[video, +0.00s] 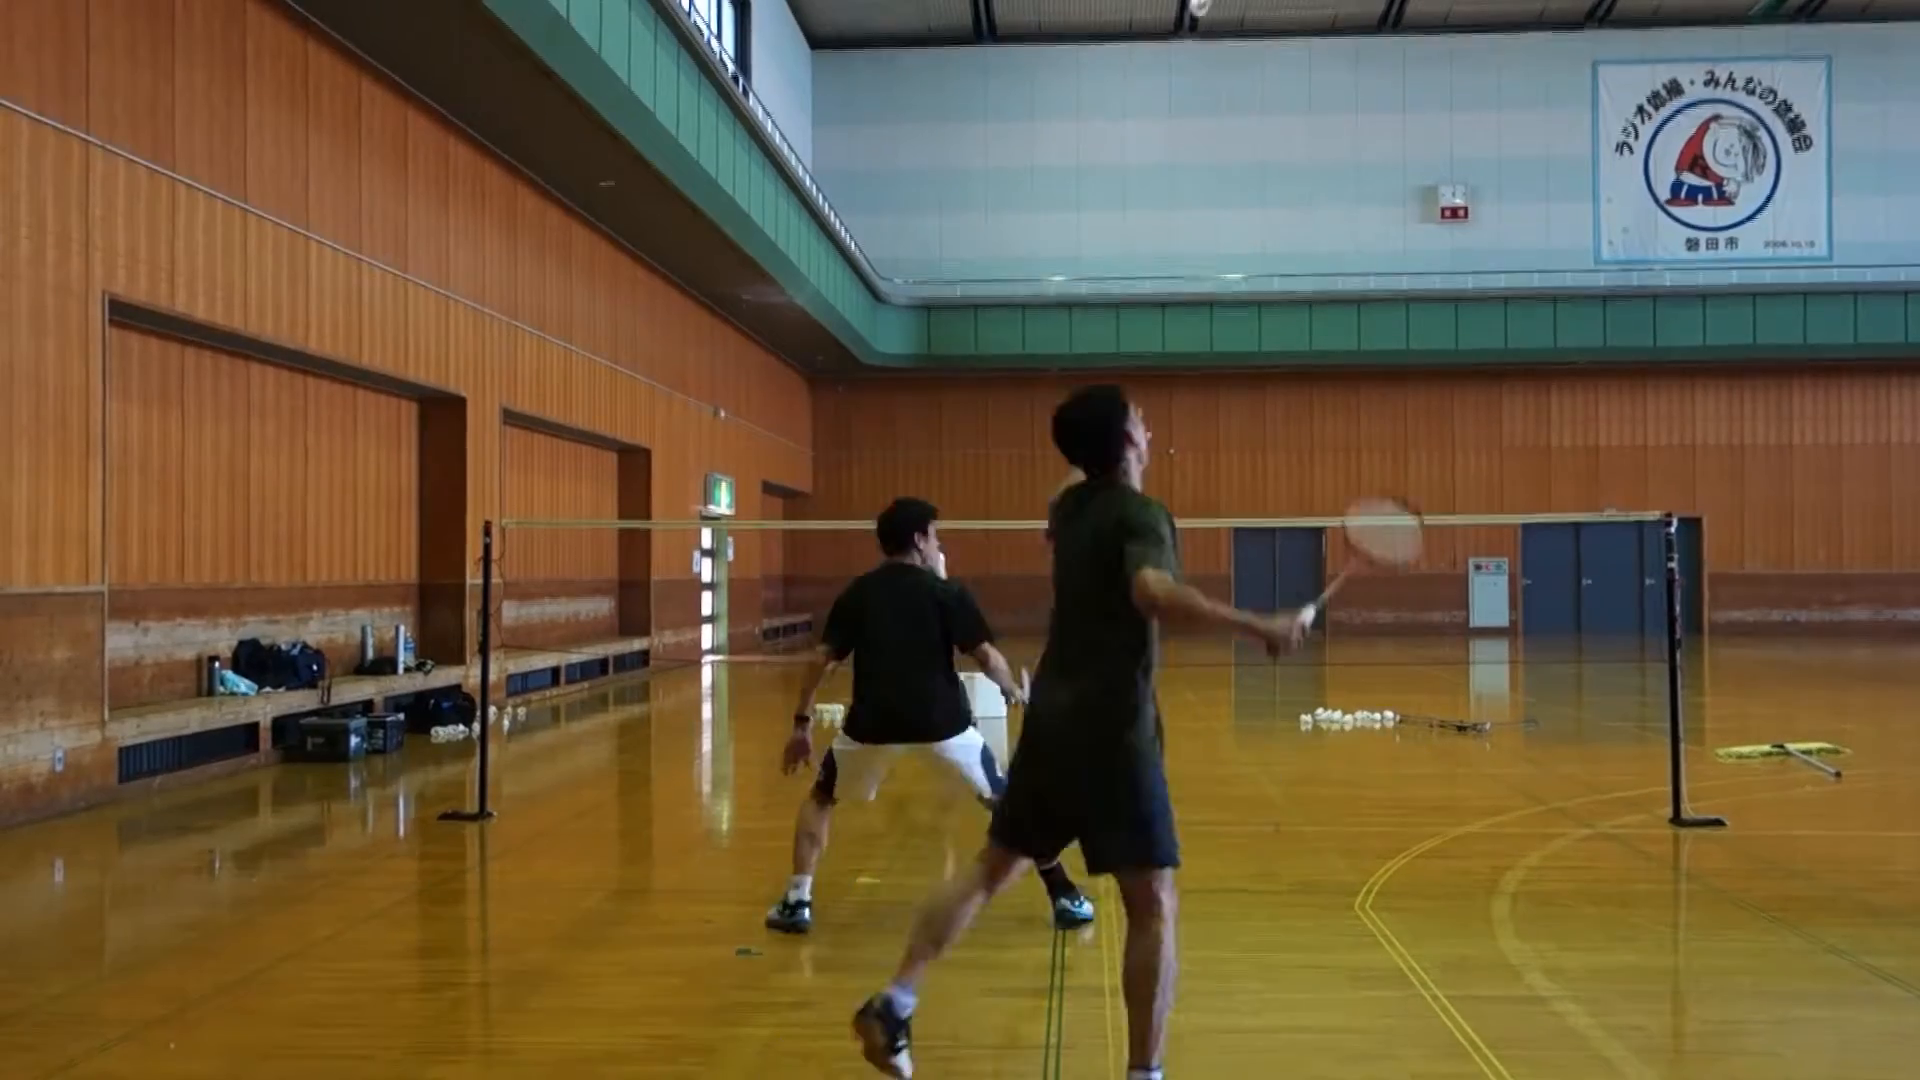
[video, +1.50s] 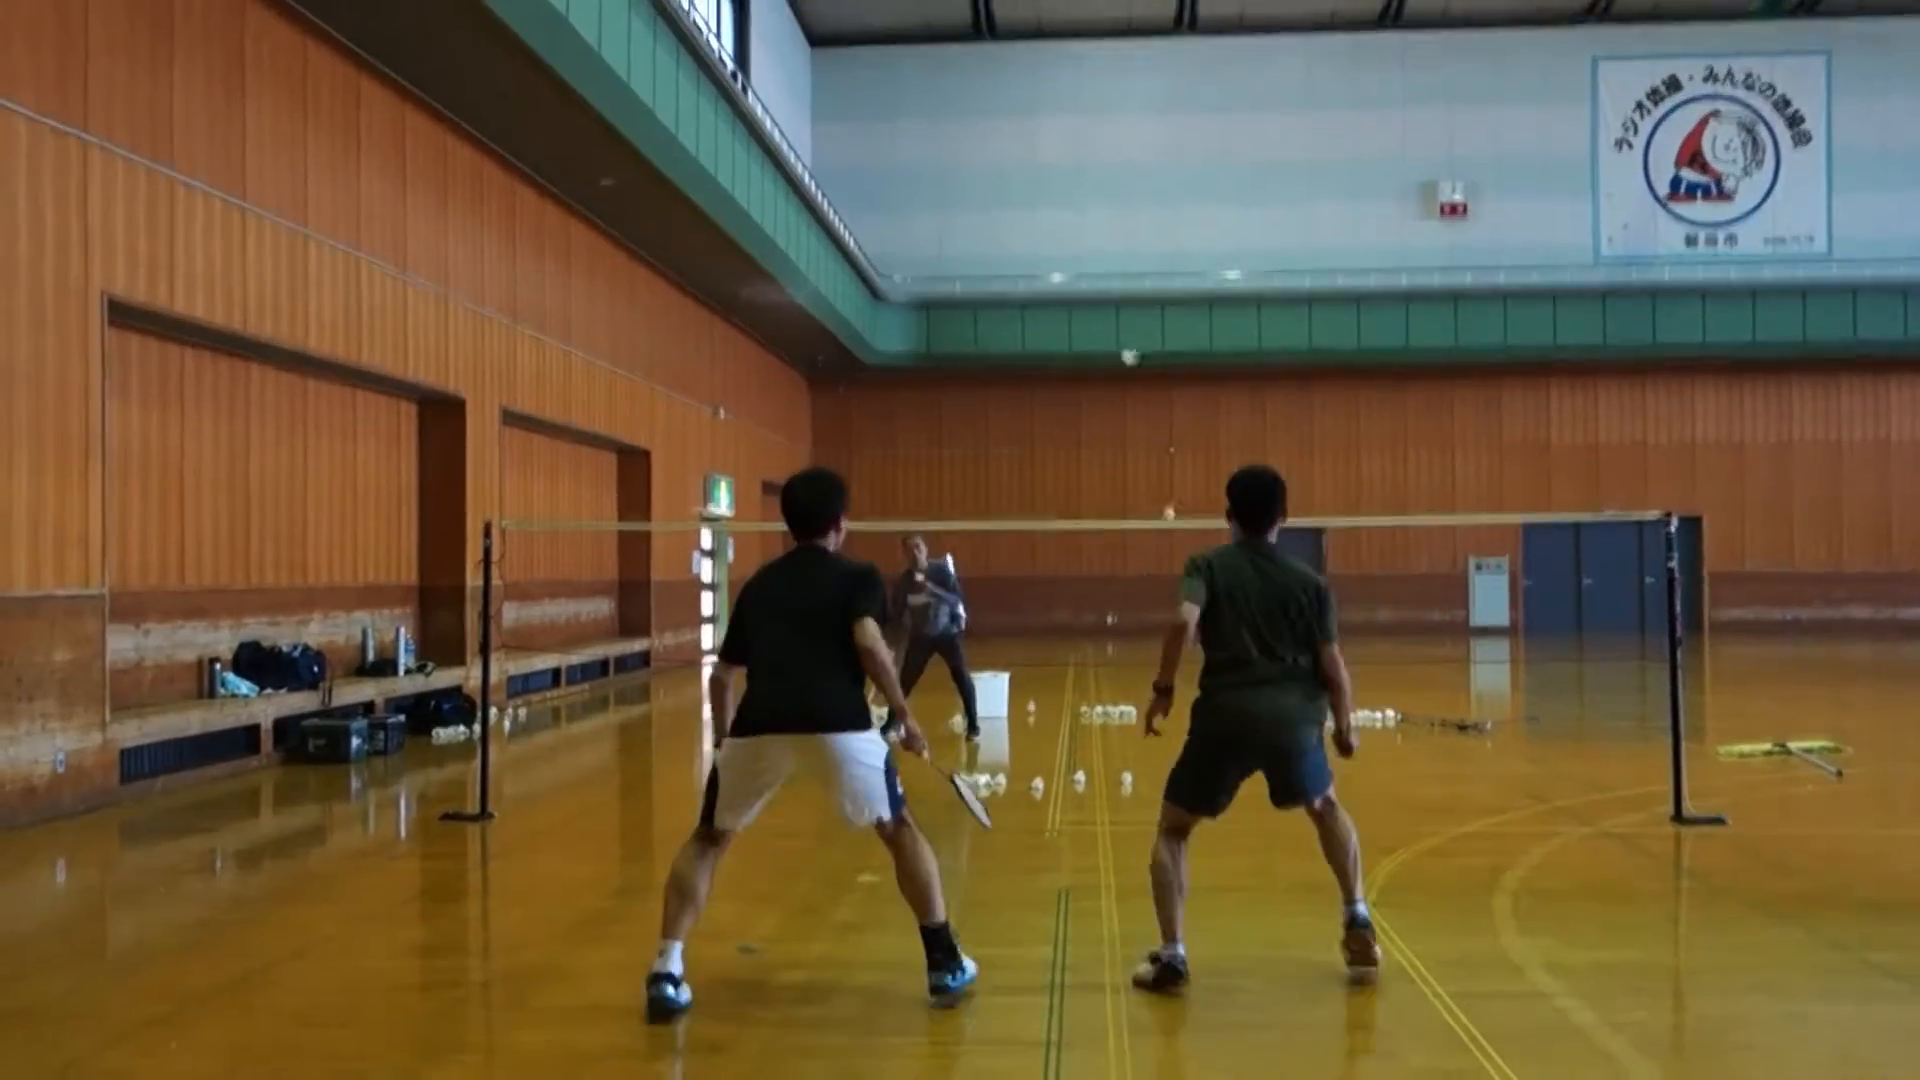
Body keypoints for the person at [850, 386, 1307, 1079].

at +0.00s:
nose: (1147, 435)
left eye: (1141, 423)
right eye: (1141, 426)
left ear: (1080, 450)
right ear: (1127, 443)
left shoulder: (1069, 506)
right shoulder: (1139, 513)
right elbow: (1151, 588)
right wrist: (1259, 624)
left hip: (1050, 731)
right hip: (1117, 737)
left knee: (988, 869)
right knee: (1151, 906)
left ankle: (896, 1000)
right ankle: (1145, 1069)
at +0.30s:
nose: (1201, 348)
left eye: (1190, 343)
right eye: (1194, 341)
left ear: (1134, 384)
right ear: (1190, 355)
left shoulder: (1140, 465)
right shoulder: (1247, 393)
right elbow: (1320, 328)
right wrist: (1348, 277)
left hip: (1180, 629)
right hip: (1259, 619)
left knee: (1140, 787)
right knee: (1285, 812)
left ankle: (1085, 935)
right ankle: (1302, 1002)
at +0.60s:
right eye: (1315, 529)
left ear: (1247, 541)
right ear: (1316, 536)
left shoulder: (1219, 628)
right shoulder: (1346, 620)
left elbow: (1170, 735)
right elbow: (1404, 737)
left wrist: (1231, 758)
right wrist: (1452, 771)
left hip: (1255, 829)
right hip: (1344, 829)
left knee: (1244, 965)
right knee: (1419, 982)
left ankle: (1202, 1069)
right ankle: (1447, 1076)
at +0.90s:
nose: (1272, 503)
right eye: (1274, 494)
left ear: (1208, 504)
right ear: (1272, 504)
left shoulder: (1178, 574)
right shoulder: (1306, 579)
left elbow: (1126, 598)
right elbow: (1381, 668)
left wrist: (1138, 567)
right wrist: (1430, 671)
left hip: (1199, 762)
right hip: (1284, 768)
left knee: (1147, 880)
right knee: (1331, 910)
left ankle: (1133, 1012)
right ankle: (1336, 1021)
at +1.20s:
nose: (1322, 466)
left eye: (1316, 458)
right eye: (1321, 459)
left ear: (1261, 465)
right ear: (1316, 468)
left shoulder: (1222, 511)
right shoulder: (1329, 529)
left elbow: (1149, 567)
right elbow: (1410, 543)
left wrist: (1137, 632)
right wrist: (1458, 512)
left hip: (1193, 675)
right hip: (1271, 682)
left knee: (1145, 813)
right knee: (1332, 776)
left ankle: (1105, 948)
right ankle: (1342, 905)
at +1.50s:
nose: (1233, 517)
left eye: (1232, 510)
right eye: (1275, 512)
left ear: (1229, 515)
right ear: (1282, 518)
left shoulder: (1206, 567)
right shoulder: (1310, 582)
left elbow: (1183, 623)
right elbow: (1332, 663)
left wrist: (1163, 689)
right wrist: (1345, 725)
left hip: (1224, 719)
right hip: (1295, 719)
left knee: (1173, 832)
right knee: (1326, 810)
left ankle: (1172, 951)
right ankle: (1357, 912)